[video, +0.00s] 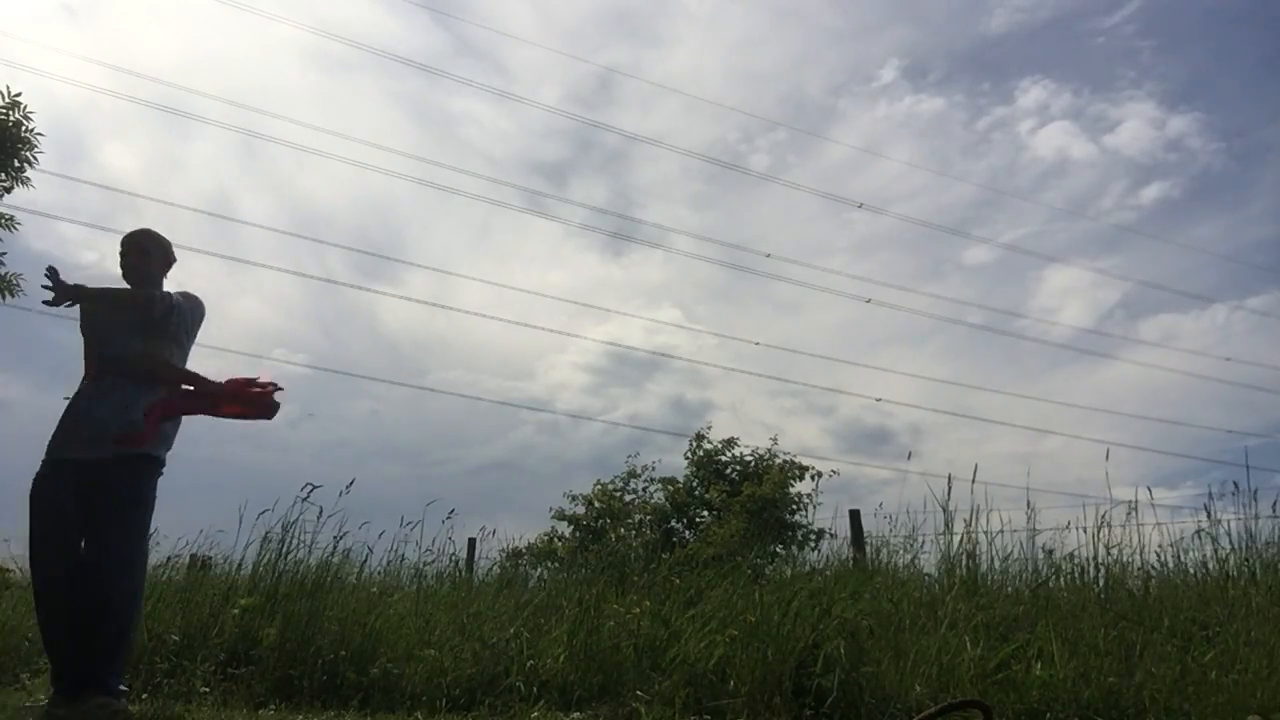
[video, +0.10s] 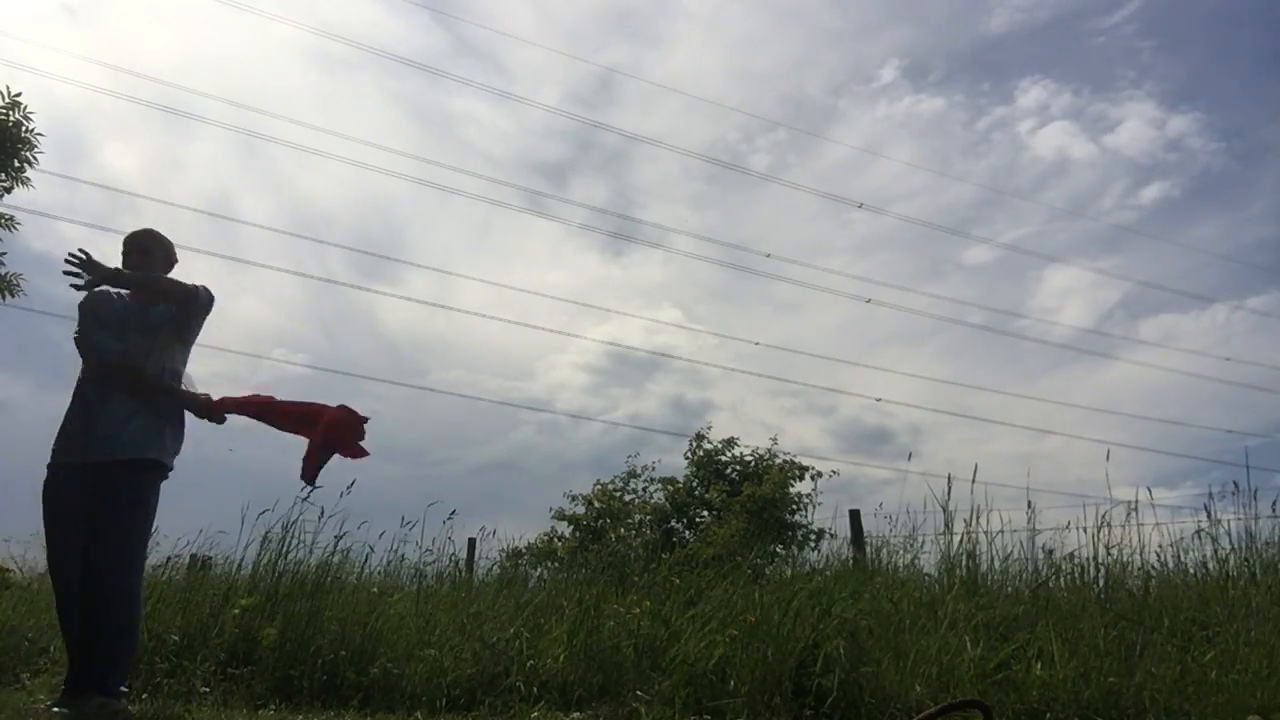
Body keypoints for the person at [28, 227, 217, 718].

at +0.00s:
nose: (131, 261)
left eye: (142, 253)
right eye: (125, 254)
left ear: (167, 262)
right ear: (119, 263)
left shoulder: (188, 307)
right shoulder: (98, 309)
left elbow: (144, 306)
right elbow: (129, 361)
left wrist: (80, 294)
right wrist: (202, 384)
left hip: (132, 459)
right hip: (70, 455)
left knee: (118, 568)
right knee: (54, 568)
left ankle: (106, 686)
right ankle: (68, 686)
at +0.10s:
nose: (136, 262)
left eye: (148, 256)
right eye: (130, 254)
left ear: (168, 266)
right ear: (123, 261)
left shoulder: (183, 311)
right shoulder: (99, 302)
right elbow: (103, 361)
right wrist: (182, 394)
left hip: (137, 459)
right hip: (77, 454)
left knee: (118, 572)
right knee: (70, 572)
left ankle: (110, 689)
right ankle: (78, 688)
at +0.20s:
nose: (133, 257)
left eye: (144, 250)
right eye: (128, 250)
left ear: (167, 263)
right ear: (121, 261)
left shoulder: (183, 318)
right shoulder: (95, 311)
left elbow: (228, 294)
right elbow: (72, 363)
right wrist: (111, 398)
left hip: (136, 469)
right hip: (77, 464)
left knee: (119, 576)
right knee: (66, 572)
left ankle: (109, 687)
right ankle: (80, 684)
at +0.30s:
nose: (132, 259)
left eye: (144, 250)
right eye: (127, 251)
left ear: (168, 261)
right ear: (119, 261)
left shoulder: (189, 315)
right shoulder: (95, 315)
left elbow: (240, 290)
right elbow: (62, 368)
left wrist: (266, 245)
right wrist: (46, 409)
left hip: (136, 466)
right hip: (75, 463)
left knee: (119, 578)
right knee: (56, 570)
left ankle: (109, 691)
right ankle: (71, 686)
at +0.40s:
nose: (128, 256)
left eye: (141, 248)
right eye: (123, 248)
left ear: (165, 259)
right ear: (116, 258)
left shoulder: (191, 312)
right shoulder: (93, 312)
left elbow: (248, 296)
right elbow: (45, 359)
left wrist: (299, 273)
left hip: (134, 464)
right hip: (72, 458)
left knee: (112, 578)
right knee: (32, 562)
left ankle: (107, 691)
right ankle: (61, 680)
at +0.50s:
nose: (123, 257)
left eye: (135, 249)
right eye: (117, 249)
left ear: (159, 259)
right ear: (109, 259)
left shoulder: (184, 312)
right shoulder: (89, 309)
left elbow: (235, 308)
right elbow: (34, 335)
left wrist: (279, 305)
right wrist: (2, 312)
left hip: (129, 466)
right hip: (68, 456)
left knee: (108, 578)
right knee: (13, 539)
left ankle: (104, 693)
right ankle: (33, 668)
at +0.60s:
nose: (113, 261)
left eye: (124, 251)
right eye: (107, 254)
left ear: (151, 261)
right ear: (102, 266)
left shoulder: (171, 310)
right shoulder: (86, 309)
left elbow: (210, 318)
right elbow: (23, 306)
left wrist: (206, 331)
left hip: (123, 473)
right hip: (61, 461)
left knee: (104, 582)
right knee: (7, 556)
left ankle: (106, 692)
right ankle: (8, 669)